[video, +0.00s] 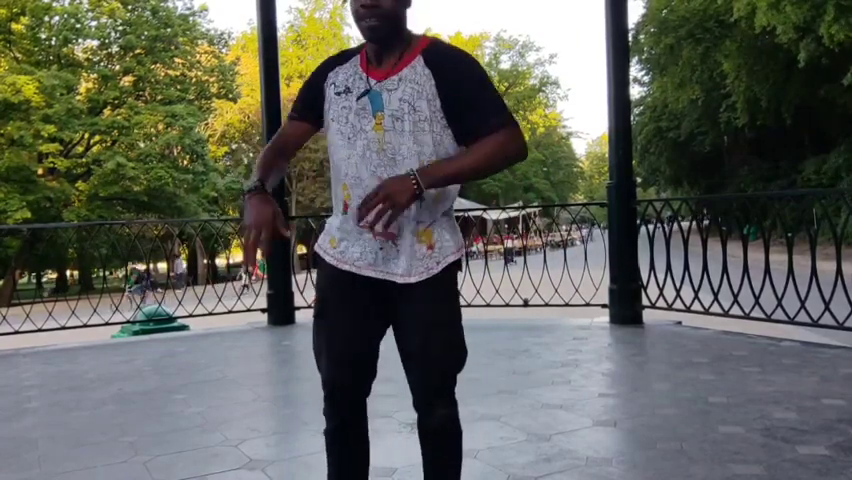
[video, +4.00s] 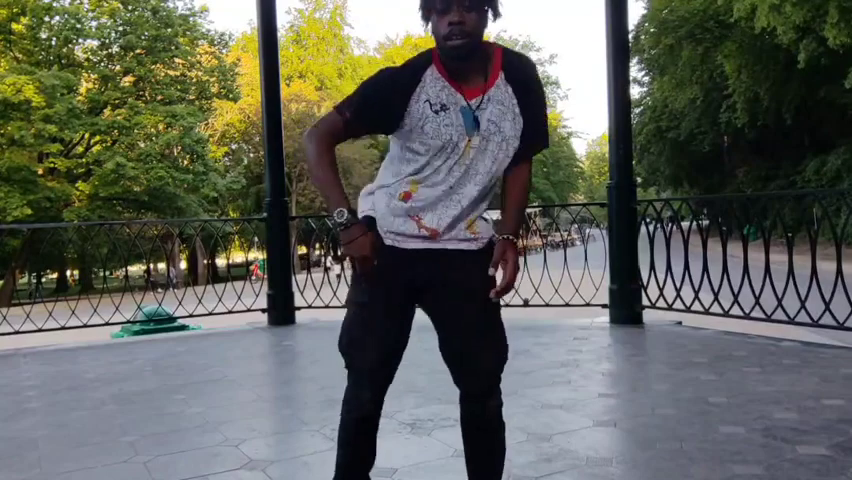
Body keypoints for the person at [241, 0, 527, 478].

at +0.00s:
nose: (368, 2)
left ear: (406, 2)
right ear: (350, 7)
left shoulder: (447, 64)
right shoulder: (332, 74)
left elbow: (509, 142)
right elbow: (284, 143)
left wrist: (419, 180)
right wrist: (258, 189)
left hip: (426, 268)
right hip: (347, 267)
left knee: (436, 406)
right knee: (341, 403)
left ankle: (443, 476)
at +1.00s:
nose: (442, 14)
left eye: (455, 5)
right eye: (430, 3)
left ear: (470, 16)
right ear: (411, 9)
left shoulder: (473, 75)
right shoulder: (362, 69)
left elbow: (476, 176)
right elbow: (291, 154)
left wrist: (498, 129)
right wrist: (301, 255)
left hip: (418, 269)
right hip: (341, 263)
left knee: (436, 401)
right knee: (325, 398)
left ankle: (449, 479)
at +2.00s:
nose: (386, 1)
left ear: (412, 3)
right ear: (358, 4)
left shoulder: (449, 70)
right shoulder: (323, 66)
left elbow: (482, 147)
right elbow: (250, 121)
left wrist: (497, 144)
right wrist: (277, 171)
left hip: (446, 263)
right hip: (365, 262)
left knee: (459, 398)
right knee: (354, 402)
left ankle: (465, 478)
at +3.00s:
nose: (431, 10)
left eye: (443, 1)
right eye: (420, 3)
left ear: (464, 8)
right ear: (408, 12)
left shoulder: (489, 64)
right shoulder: (390, 91)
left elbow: (547, 152)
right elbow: (373, 184)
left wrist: (551, 105)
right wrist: (357, 268)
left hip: (457, 257)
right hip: (382, 256)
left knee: (464, 394)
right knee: (378, 392)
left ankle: (481, 476)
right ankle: (399, 476)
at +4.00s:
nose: (454, 19)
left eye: (466, 8)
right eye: (442, 10)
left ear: (486, 14)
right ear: (428, 19)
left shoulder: (517, 75)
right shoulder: (404, 81)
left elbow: (519, 159)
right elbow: (317, 137)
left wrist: (509, 235)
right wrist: (345, 222)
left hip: (464, 258)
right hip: (388, 254)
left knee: (482, 392)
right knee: (364, 395)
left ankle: (487, 478)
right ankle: (350, 479)